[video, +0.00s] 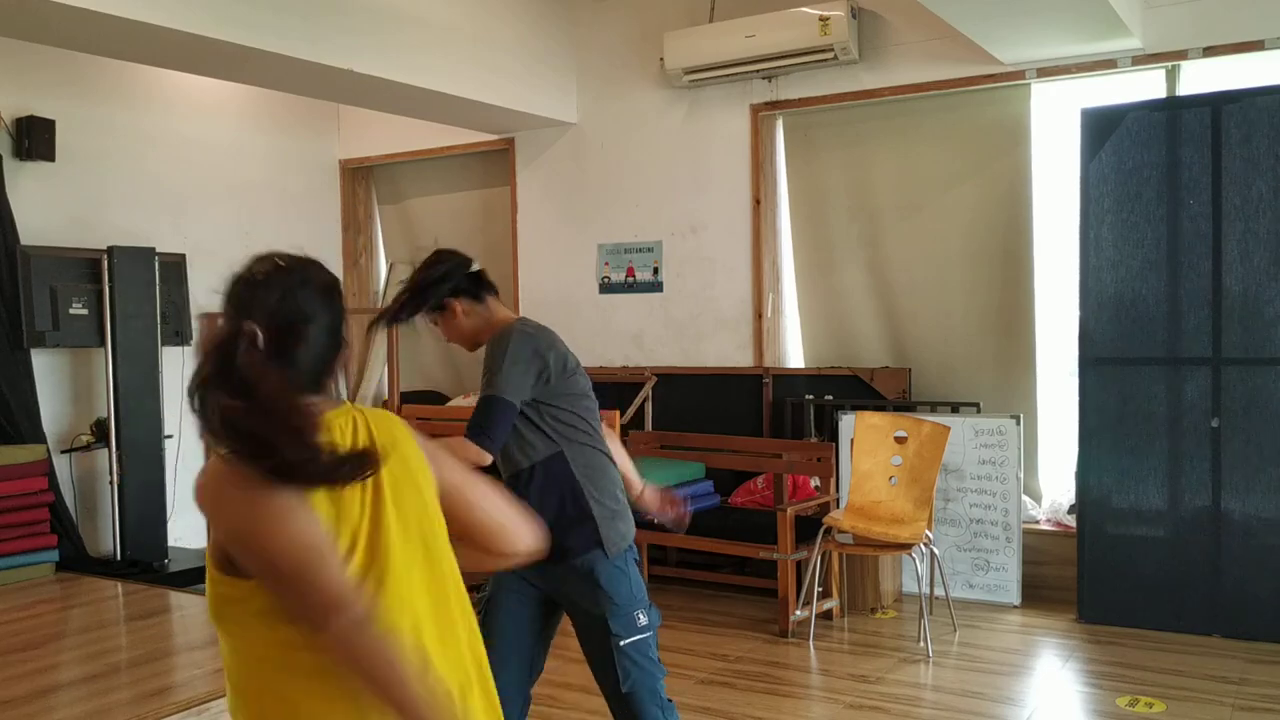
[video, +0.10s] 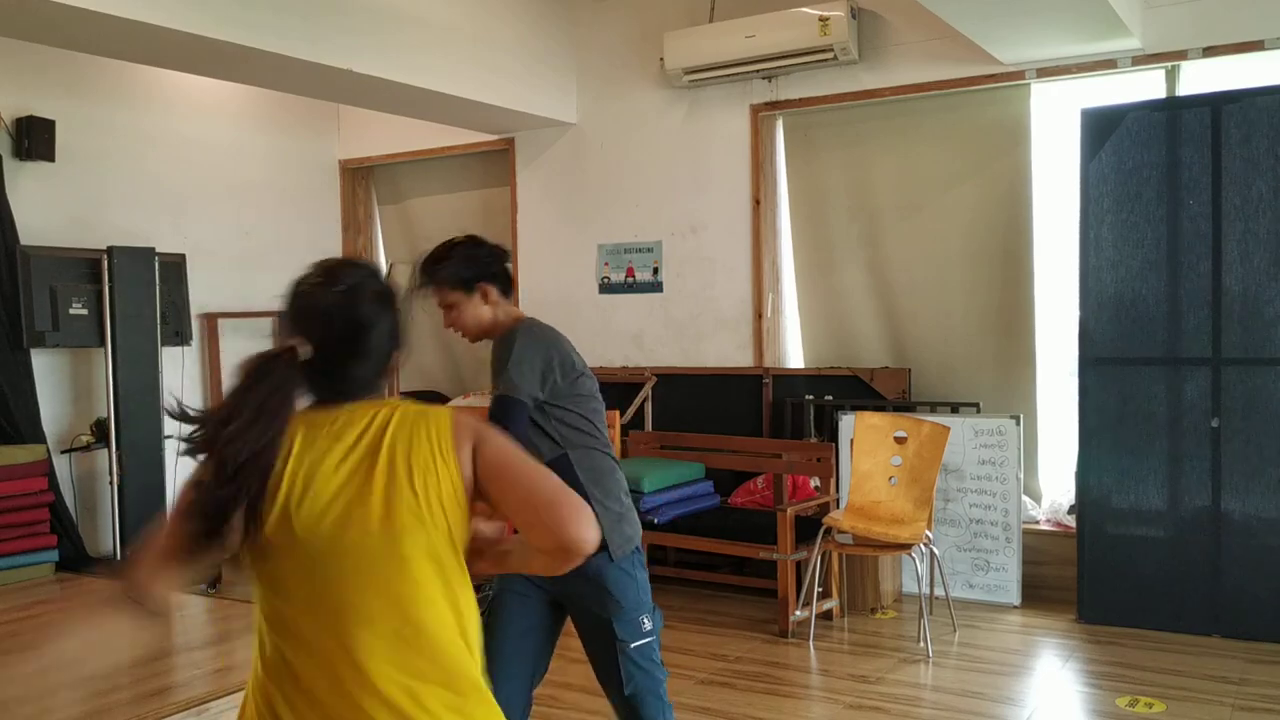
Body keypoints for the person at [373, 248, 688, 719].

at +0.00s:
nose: (441, 334)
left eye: (438, 319)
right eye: (435, 323)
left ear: (458, 303)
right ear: (471, 297)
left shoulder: (521, 341)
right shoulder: (517, 347)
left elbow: (480, 449)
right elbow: (597, 428)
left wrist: (405, 448)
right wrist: (639, 490)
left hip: (594, 546)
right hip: (531, 550)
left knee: (640, 702)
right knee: (498, 695)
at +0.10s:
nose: (446, 322)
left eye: (451, 307)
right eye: (442, 311)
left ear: (487, 293)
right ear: (485, 295)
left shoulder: (530, 341)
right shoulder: (506, 351)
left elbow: (503, 445)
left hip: (603, 549)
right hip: (533, 552)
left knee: (639, 699)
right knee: (503, 695)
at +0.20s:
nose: (473, 303)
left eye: (484, 288)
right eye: (468, 290)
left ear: (522, 286)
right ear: (464, 293)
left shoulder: (548, 349)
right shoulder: (508, 364)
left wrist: (497, 463)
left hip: (606, 556)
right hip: (534, 559)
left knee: (654, 702)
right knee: (502, 696)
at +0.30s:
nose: (527, 285)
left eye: (539, 270)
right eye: (515, 272)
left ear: (565, 277)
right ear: (500, 280)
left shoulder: (597, 351)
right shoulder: (497, 364)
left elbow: (689, 408)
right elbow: (488, 445)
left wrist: (607, 452)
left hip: (610, 557)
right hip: (519, 561)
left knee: (662, 701)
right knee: (501, 707)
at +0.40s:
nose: (646, 285)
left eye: (651, 275)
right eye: (633, 271)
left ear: (656, 281)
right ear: (591, 276)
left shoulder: (644, 350)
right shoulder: (546, 343)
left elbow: (614, 425)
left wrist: (670, 419)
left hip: (614, 547)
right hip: (540, 552)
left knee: (659, 701)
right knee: (512, 700)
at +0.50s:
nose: (691, 329)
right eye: (696, 321)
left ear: (643, 289)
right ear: (688, 321)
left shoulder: (599, 340)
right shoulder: (637, 359)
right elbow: (548, 441)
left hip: (617, 543)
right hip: (570, 541)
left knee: (662, 687)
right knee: (533, 695)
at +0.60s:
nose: (701, 358)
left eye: (706, 350)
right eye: (707, 349)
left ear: (667, 311)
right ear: (702, 336)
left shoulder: (636, 351)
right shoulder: (644, 361)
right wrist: (628, 559)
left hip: (609, 544)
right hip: (572, 544)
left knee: (663, 697)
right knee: (544, 697)